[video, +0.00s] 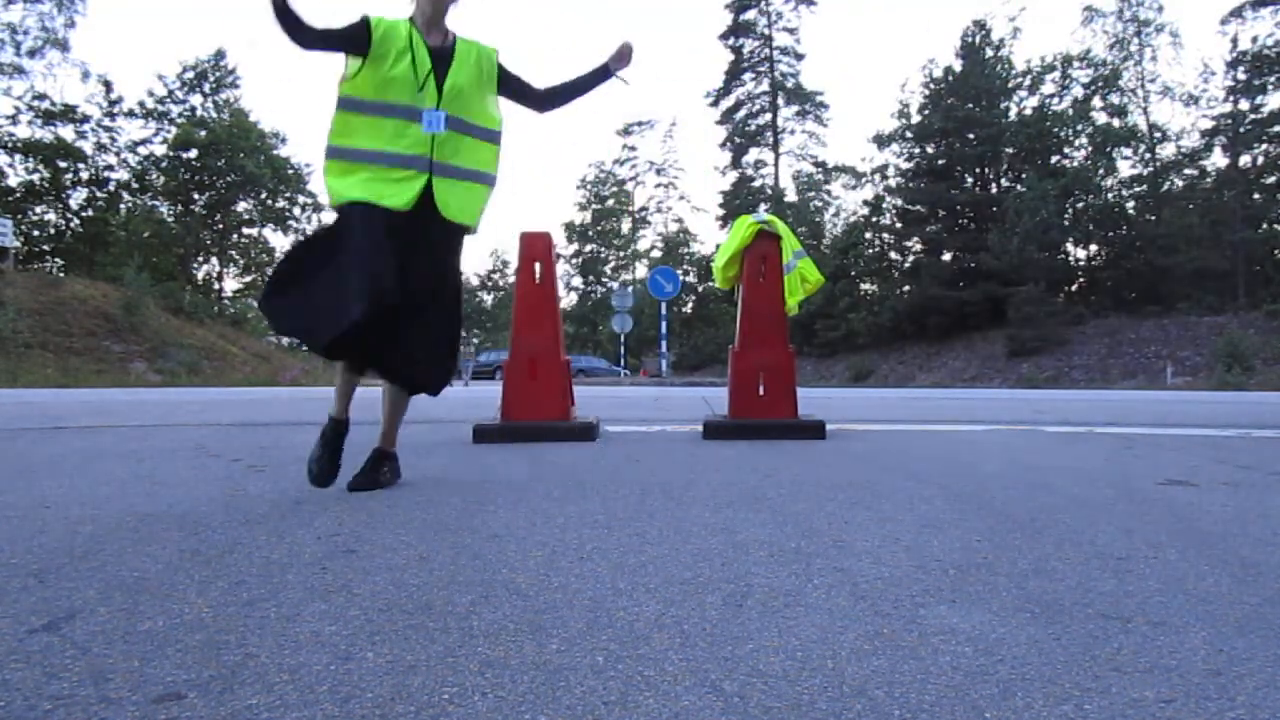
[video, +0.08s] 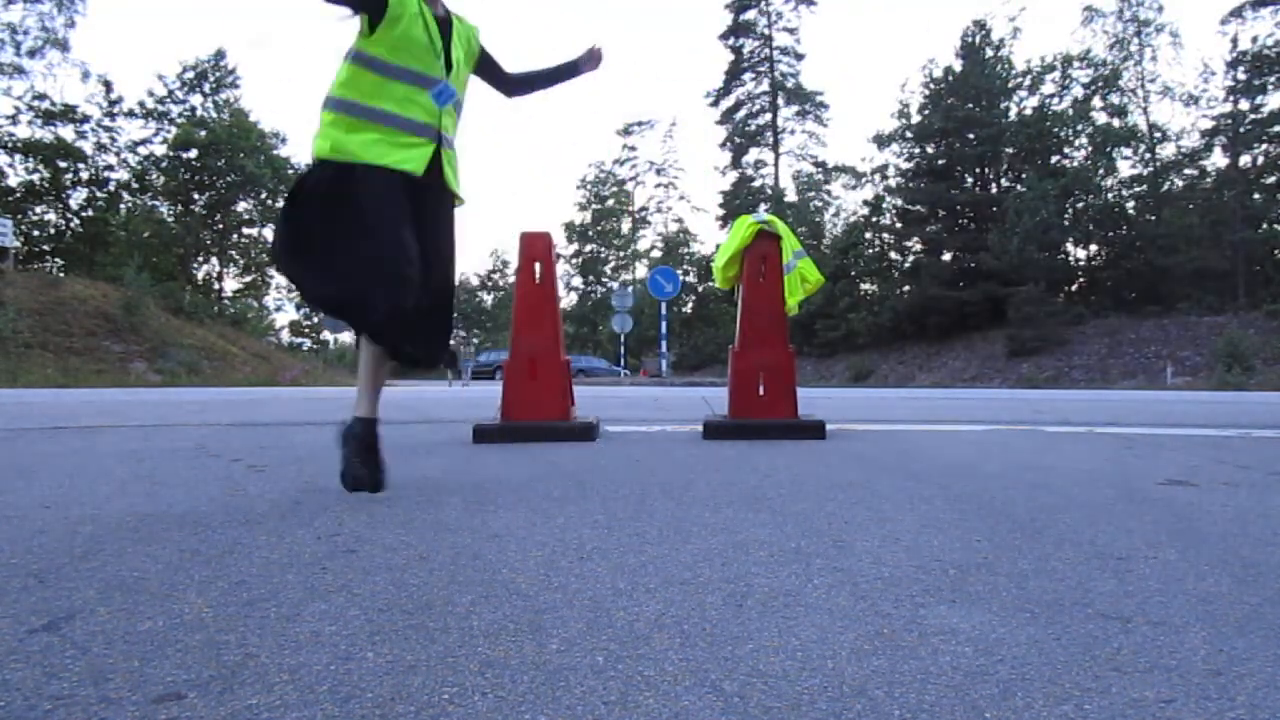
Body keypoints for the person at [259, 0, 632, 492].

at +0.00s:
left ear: (454, 2)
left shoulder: (479, 59)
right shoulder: (378, 34)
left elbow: (542, 99)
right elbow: (304, 35)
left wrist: (608, 68)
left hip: (440, 215)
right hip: (372, 203)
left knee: (414, 331)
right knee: (371, 309)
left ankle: (385, 452)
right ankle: (336, 424)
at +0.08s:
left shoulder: (463, 36)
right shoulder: (391, 6)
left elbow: (510, 84)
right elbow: (343, 0)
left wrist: (578, 66)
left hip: (426, 177)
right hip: (364, 160)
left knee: (412, 304)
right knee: (388, 285)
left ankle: (364, 419)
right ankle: (363, 427)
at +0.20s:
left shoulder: (430, 33)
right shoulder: (407, 7)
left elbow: (442, 92)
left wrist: (498, 107)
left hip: (335, 160)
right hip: (381, 151)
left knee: (372, 296)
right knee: (409, 292)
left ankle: (305, 401)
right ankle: (394, 427)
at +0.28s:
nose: (442, 6)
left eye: (441, 5)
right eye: (438, 4)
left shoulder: (381, 18)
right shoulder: (409, 10)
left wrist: (453, 75)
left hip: (350, 158)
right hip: (402, 157)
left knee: (369, 305)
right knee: (416, 311)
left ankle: (320, 410)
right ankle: (369, 445)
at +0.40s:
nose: (436, 11)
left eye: (432, 8)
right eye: (435, 7)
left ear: (382, 3)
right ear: (424, 4)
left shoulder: (340, 45)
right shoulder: (437, 29)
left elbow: (317, 113)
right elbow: (514, 63)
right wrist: (611, 78)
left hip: (324, 196)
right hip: (407, 200)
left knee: (344, 321)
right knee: (419, 334)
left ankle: (366, 453)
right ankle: (352, 471)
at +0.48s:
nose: (416, 9)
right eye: (421, 8)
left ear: (366, 3)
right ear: (417, 6)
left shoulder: (325, 42)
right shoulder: (445, 46)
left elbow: (264, 117)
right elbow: (523, 94)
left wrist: (204, 172)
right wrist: (610, 129)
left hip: (332, 213)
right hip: (418, 219)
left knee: (325, 339)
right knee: (412, 348)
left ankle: (384, 465)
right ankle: (348, 470)